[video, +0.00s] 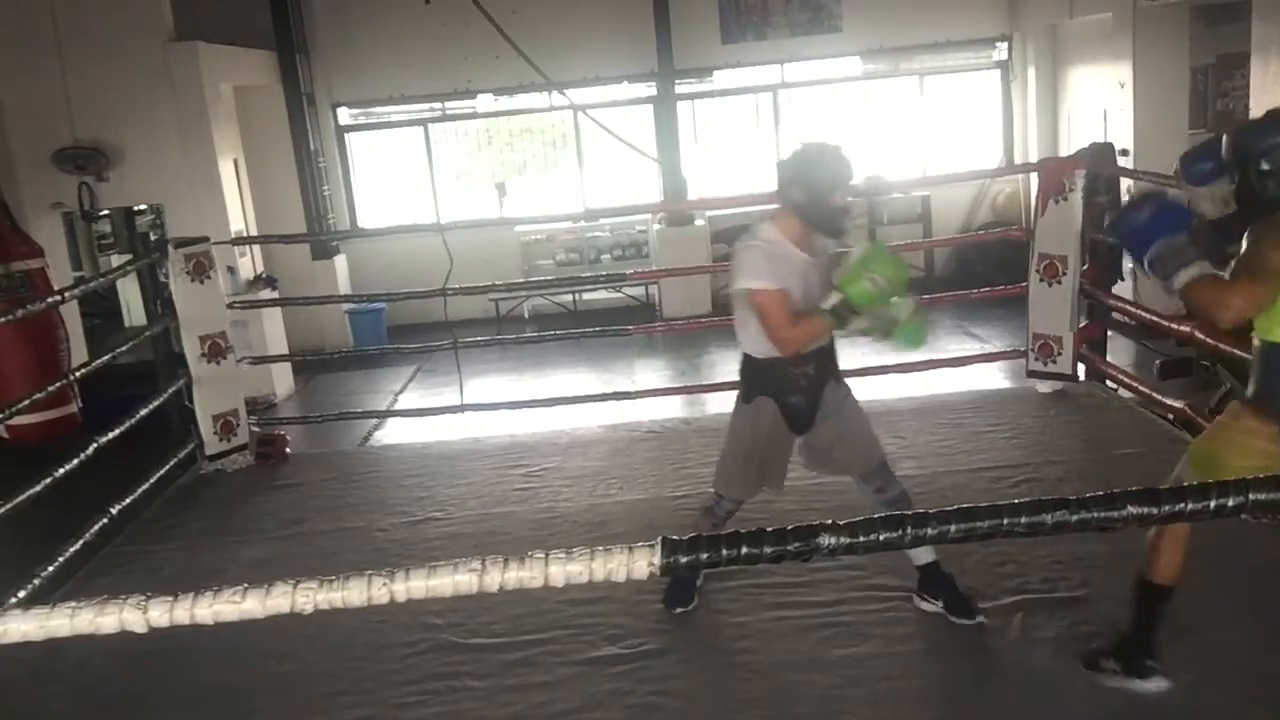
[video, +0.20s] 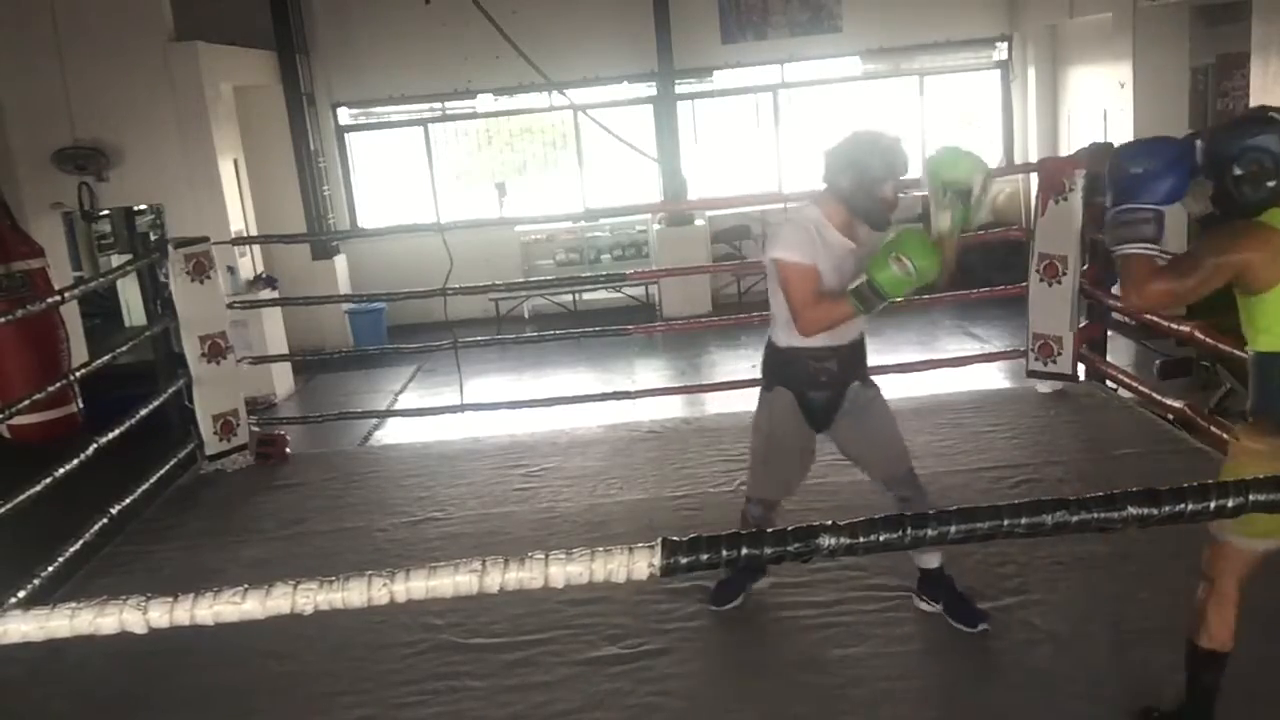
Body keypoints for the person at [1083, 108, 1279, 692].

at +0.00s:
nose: (1237, 180)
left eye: (1241, 167)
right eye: (1240, 164)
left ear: (1263, 171)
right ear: (1270, 169)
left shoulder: (1272, 233)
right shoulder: (1267, 227)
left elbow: (1226, 309)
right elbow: (1244, 297)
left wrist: (1168, 249)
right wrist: (1219, 224)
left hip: (1265, 415)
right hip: (1265, 410)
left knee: (1175, 504)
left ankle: (1138, 650)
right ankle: (1140, 648)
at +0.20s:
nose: (1216, 183)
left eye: (1224, 171)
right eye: (1219, 170)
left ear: (1247, 174)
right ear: (1271, 172)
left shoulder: (1251, 239)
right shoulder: (1260, 234)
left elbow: (1143, 293)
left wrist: (1134, 211)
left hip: (1264, 452)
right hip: (1264, 447)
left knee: (1222, 585)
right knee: (1221, 579)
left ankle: (1197, 705)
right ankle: (1197, 701)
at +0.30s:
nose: (1200, 193)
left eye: (1207, 180)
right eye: (1202, 179)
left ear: (1229, 181)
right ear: (1264, 176)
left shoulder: (1239, 246)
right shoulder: (1258, 238)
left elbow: (1125, 300)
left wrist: (1120, 215)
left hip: (1265, 453)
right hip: (1264, 448)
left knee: (1226, 590)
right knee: (1228, 586)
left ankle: (1197, 708)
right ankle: (1199, 705)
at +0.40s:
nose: (1221, 188)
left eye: (1226, 176)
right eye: (1225, 175)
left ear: (1240, 183)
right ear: (1273, 180)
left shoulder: (1251, 253)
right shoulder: (1260, 249)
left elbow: (1156, 314)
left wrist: (1138, 236)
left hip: (1271, 454)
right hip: (1269, 450)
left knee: (1227, 588)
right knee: (1228, 586)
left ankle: (1195, 708)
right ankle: (1197, 705)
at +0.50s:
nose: (1255, 193)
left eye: (1259, 184)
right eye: (1258, 181)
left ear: (1263, 195)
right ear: (1263, 192)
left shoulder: (1269, 267)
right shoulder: (1263, 264)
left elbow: (1219, 344)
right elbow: (1221, 342)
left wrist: (1182, 269)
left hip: (1264, 460)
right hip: (1257, 456)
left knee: (1224, 578)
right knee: (1224, 578)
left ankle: (1192, 707)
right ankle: (1193, 705)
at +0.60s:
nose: (1270, 222)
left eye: (1272, 207)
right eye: (1269, 207)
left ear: (1274, 216)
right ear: (1266, 215)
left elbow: (1270, 389)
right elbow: (1265, 381)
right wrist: (1223, 344)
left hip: (1267, 481)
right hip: (1263, 475)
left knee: (1219, 577)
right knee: (1219, 577)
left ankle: (1184, 705)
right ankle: (1185, 703)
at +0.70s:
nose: (1269, 222)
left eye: (1272, 208)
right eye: (1270, 207)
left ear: (1275, 224)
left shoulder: (1274, 307)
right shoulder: (1269, 305)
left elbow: (1209, 376)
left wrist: (1088, 398)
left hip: (1272, 496)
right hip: (1269, 494)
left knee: (1235, 586)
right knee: (1233, 587)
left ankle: (1165, 704)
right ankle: (1166, 702)